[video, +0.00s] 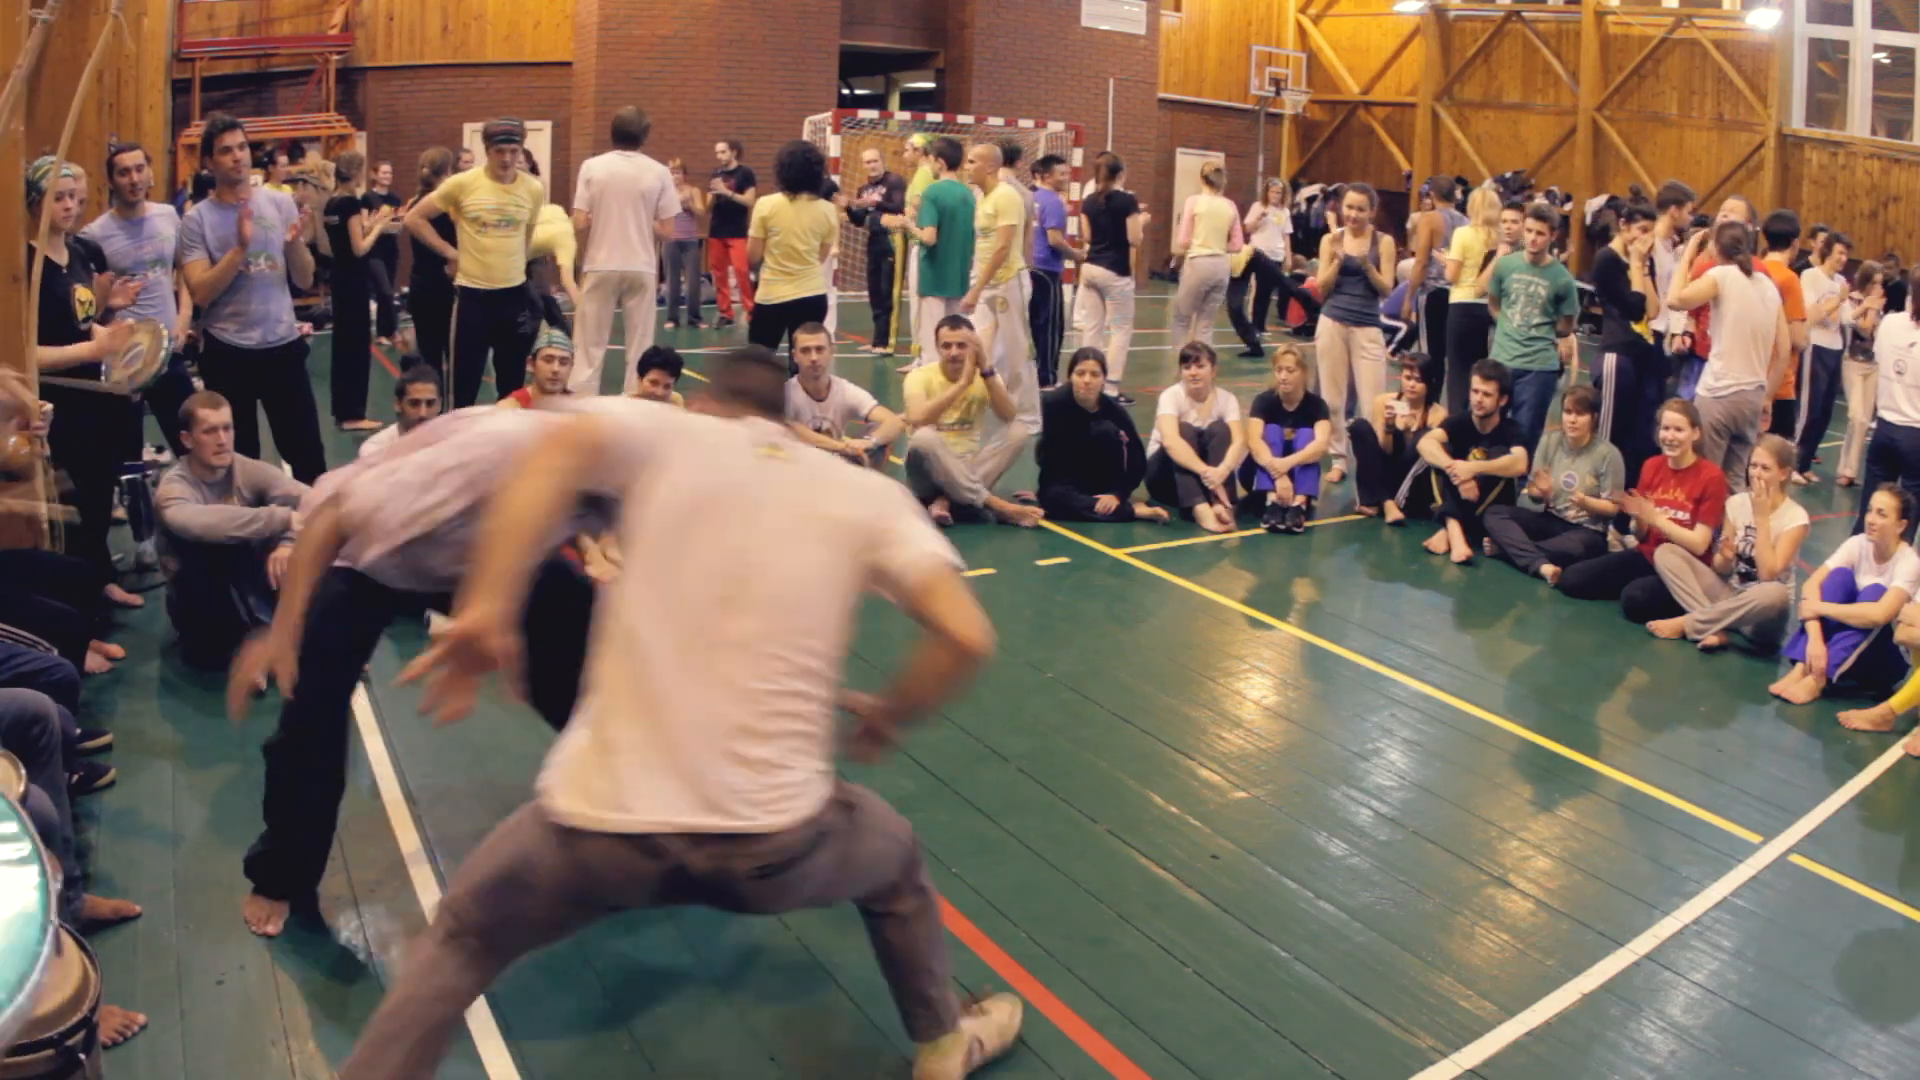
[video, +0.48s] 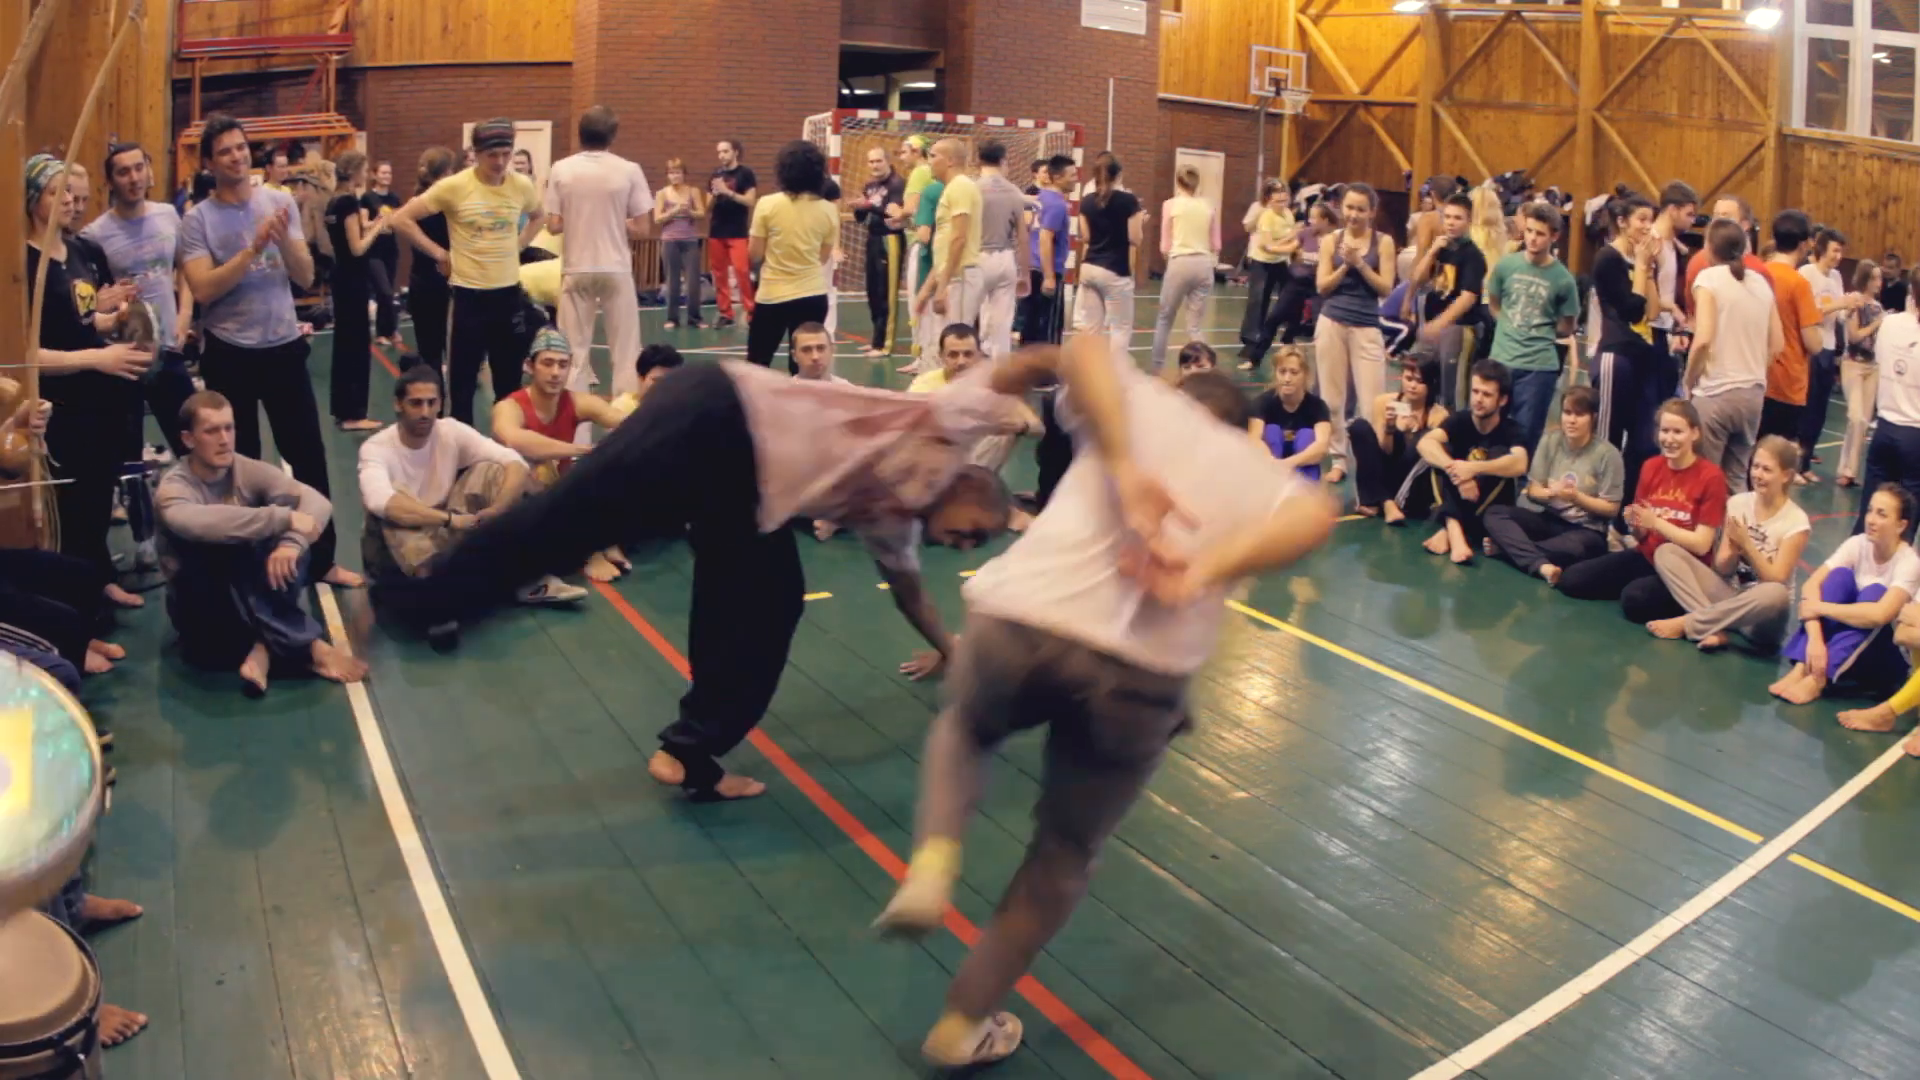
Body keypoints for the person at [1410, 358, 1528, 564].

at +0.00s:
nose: (1478, 399)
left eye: (1487, 395)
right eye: (1475, 392)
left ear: (1503, 400)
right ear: (1469, 392)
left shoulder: (1511, 428)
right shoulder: (1459, 420)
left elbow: (1520, 465)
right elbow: (1425, 444)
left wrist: (1473, 467)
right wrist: (1459, 475)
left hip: (1493, 511)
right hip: (1454, 506)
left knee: (1499, 456)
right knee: (1438, 455)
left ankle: (1449, 529)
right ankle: (1454, 530)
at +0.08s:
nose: (1479, 399)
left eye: (1487, 395)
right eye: (1475, 392)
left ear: (1503, 400)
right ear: (1469, 392)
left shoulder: (1510, 428)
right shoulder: (1460, 420)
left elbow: (1519, 464)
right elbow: (1425, 444)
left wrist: (1473, 467)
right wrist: (1459, 475)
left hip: (1493, 510)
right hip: (1454, 504)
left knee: (1500, 457)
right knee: (1438, 456)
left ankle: (1449, 528)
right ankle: (1454, 530)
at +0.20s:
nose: (1479, 399)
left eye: (1487, 395)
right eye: (1475, 392)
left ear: (1502, 400)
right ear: (1469, 392)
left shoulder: (1511, 428)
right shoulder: (1461, 420)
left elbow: (1519, 465)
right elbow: (1425, 444)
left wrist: (1474, 467)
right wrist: (1458, 474)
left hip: (1492, 510)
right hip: (1454, 504)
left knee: (1500, 456)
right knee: (1438, 455)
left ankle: (1449, 529)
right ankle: (1454, 530)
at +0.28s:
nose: (1478, 399)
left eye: (1487, 395)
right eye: (1475, 392)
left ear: (1502, 400)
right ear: (1469, 392)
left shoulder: (1511, 429)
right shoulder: (1460, 420)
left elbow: (1519, 465)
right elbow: (1425, 444)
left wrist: (1474, 467)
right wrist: (1459, 474)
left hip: (1492, 511)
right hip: (1454, 504)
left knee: (1500, 456)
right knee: (1439, 455)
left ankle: (1449, 529)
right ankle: (1454, 530)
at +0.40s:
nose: (1478, 399)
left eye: (1487, 395)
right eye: (1475, 392)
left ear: (1502, 400)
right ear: (1469, 392)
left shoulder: (1511, 429)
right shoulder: (1459, 419)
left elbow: (1519, 465)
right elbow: (1425, 444)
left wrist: (1473, 467)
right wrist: (1459, 475)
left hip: (1492, 510)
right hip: (1453, 503)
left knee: (1500, 456)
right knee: (1439, 455)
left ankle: (1449, 528)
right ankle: (1454, 529)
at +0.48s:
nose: (1478, 399)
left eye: (1487, 395)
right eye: (1475, 392)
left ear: (1502, 400)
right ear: (1469, 392)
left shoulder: (1511, 429)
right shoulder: (1459, 420)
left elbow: (1519, 465)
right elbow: (1425, 444)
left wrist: (1473, 468)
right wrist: (1459, 474)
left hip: (1493, 511)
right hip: (1454, 504)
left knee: (1501, 456)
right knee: (1439, 456)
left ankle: (1450, 528)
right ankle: (1454, 529)